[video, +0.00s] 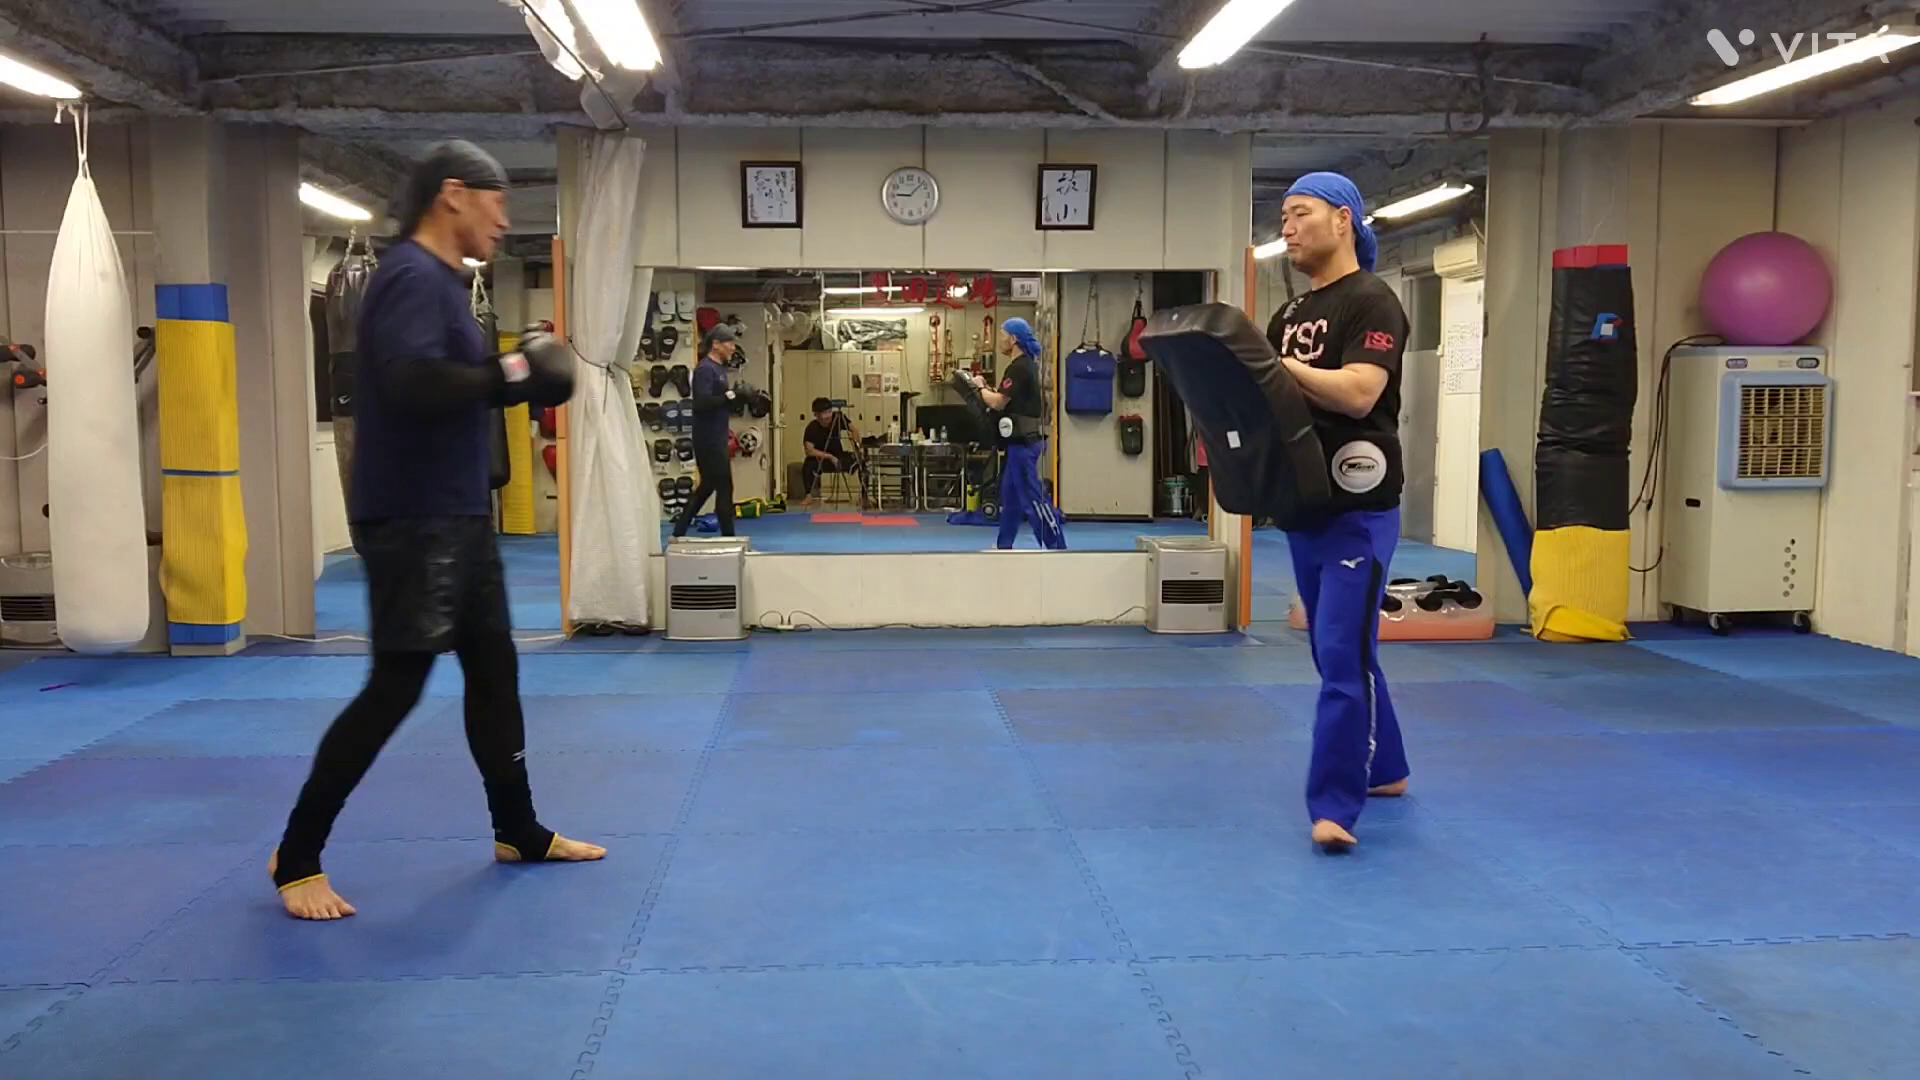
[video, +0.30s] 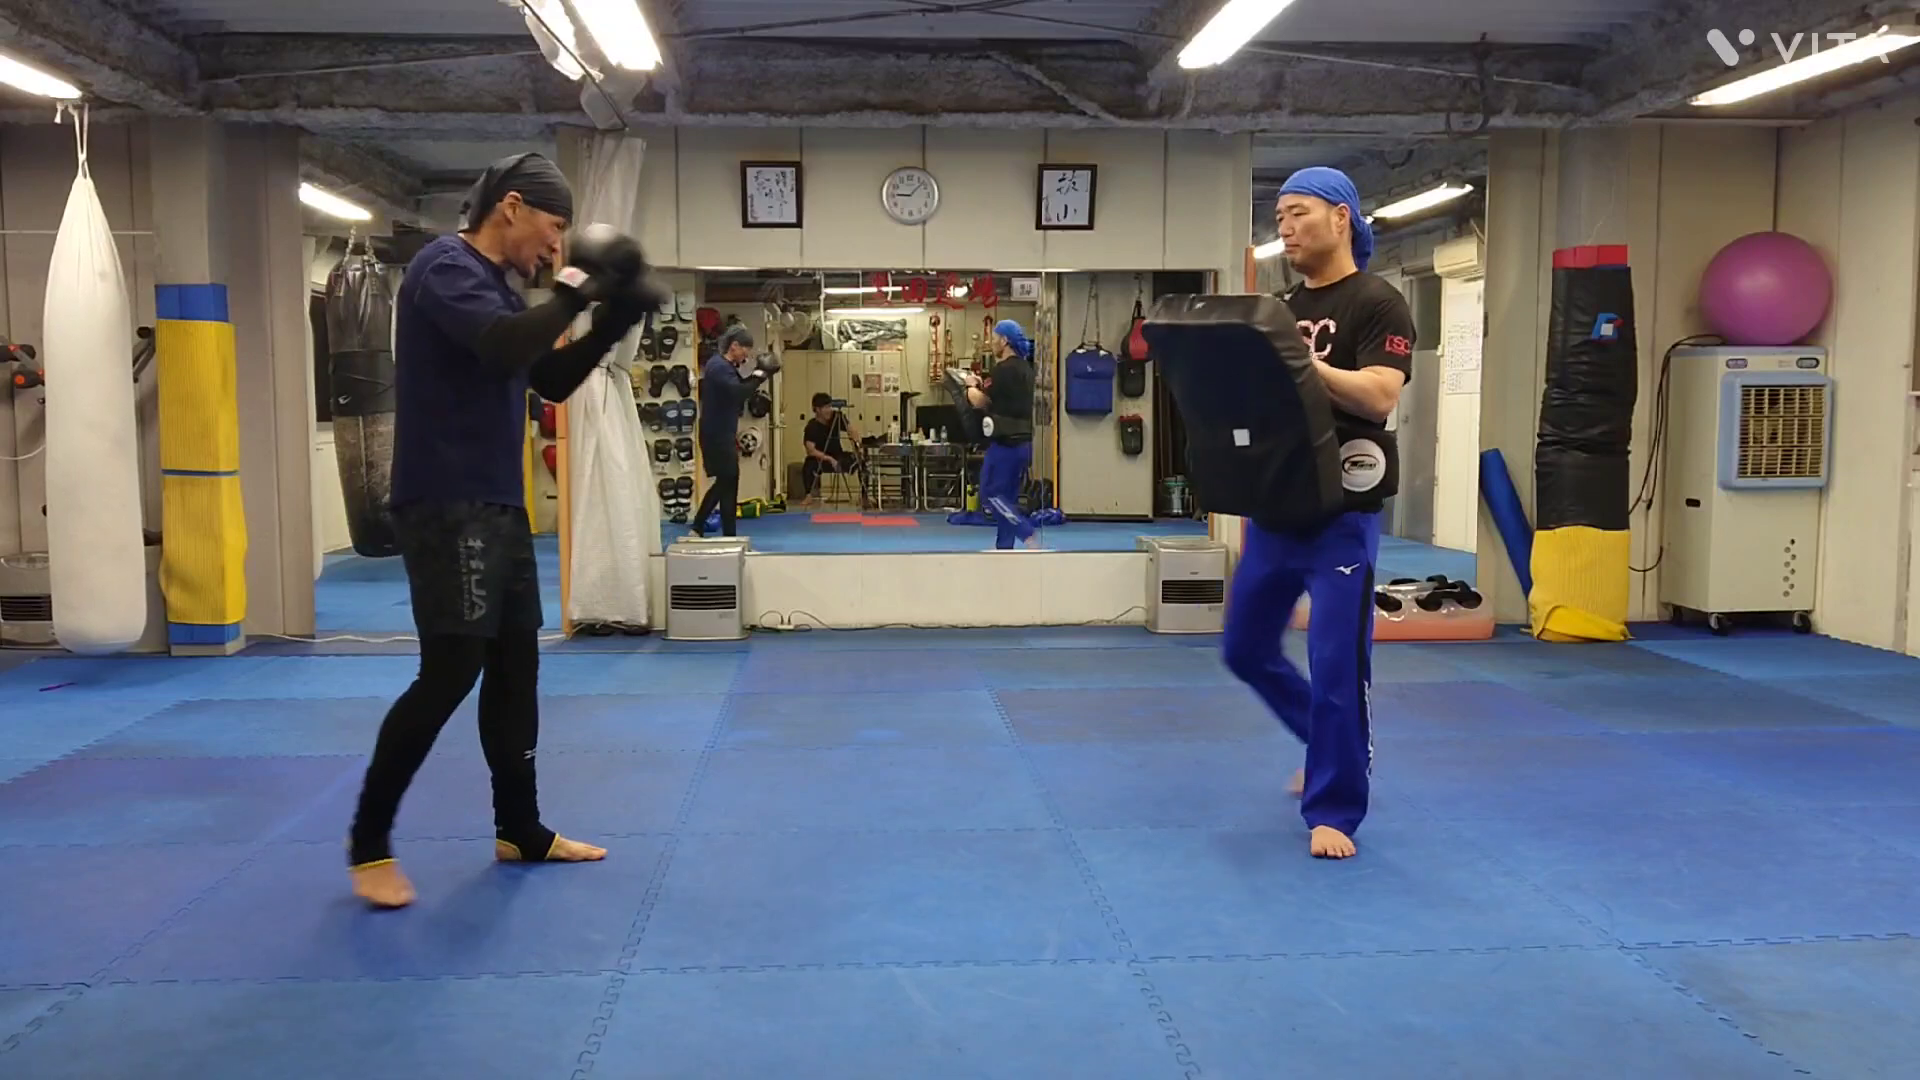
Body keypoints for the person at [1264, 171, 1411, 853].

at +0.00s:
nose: (1288, 225)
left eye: (1301, 213)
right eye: (1285, 218)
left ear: (1344, 222)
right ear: (1293, 234)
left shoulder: (1373, 299)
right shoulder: (1287, 316)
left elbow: (1360, 394)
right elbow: (1268, 396)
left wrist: (1277, 368)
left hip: (1362, 505)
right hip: (1306, 506)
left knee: (1339, 653)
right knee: (1343, 646)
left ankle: (1333, 808)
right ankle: (1385, 767)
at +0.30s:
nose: (1285, 227)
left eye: (1297, 213)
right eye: (1280, 218)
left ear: (1340, 217)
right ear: (1284, 230)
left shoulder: (1379, 299)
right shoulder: (1279, 310)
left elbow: (1382, 394)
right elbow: (1244, 385)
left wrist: (1303, 367)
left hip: (1345, 513)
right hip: (1275, 510)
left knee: (1334, 669)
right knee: (1245, 649)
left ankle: (1333, 815)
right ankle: (1328, 738)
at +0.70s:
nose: (1230, 232)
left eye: (1243, 218)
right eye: (1224, 222)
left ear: (1288, 221)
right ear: (1220, 233)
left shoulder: (1333, 313)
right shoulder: (1197, 306)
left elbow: (1365, 405)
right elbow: (1162, 395)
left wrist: (1303, 375)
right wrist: (1214, 382)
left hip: (1289, 528)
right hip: (1200, 522)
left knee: (1316, 679)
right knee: (1134, 656)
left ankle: (1329, 819)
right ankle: (1079, 790)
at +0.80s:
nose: (1206, 239)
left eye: (1220, 224)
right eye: (1199, 228)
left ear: (1262, 229)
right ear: (1196, 239)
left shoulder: (1304, 318)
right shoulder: (1177, 312)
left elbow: (1340, 411)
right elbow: (1132, 404)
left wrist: (1275, 391)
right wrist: (1190, 378)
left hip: (1264, 537)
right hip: (1174, 531)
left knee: (1303, 681)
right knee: (1109, 668)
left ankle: (1327, 819)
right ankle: (1067, 796)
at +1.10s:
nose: (1156, 237)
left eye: (1169, 222)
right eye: (1149, 227)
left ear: (1211, 227)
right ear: (1144, 238)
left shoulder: (1256, 317)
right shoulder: (1124, 313)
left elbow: (1295, 414)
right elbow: (1091, 395)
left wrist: (1225, 380)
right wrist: (1150, 367)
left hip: (1224, 530)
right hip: (1132, 526)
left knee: (1275, 673)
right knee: (1089, 670)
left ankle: (1318, 816)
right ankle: (1064, 797)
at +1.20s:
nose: (1152, 240)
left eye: (1165, 224)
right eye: (1145, 229)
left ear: (1206, 227)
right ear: (1142, 240)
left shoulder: (1253, 317)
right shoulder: (1120, 314)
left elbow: (1293, 413)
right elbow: (1090, 399)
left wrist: (1232, 388)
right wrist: (1150, 374)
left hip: (1223, 532)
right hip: (1131, 529)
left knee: (1277, 674)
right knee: (1090, 672)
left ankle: (1318, 817)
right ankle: (1065, 798)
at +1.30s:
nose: (1152, 240)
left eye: (1165, 225)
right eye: (1145, 229)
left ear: (1207, 229)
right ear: (1141, 240)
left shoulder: (1249, 316)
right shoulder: (1120, 315)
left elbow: (1293, 412)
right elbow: (1090, 400)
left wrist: (1225, 385)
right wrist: (1148, 374)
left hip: (1224, 532)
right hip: (1132, 530)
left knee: (1277, 675)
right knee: (1090, 673)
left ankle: (1319, 816)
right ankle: (1065, 798)